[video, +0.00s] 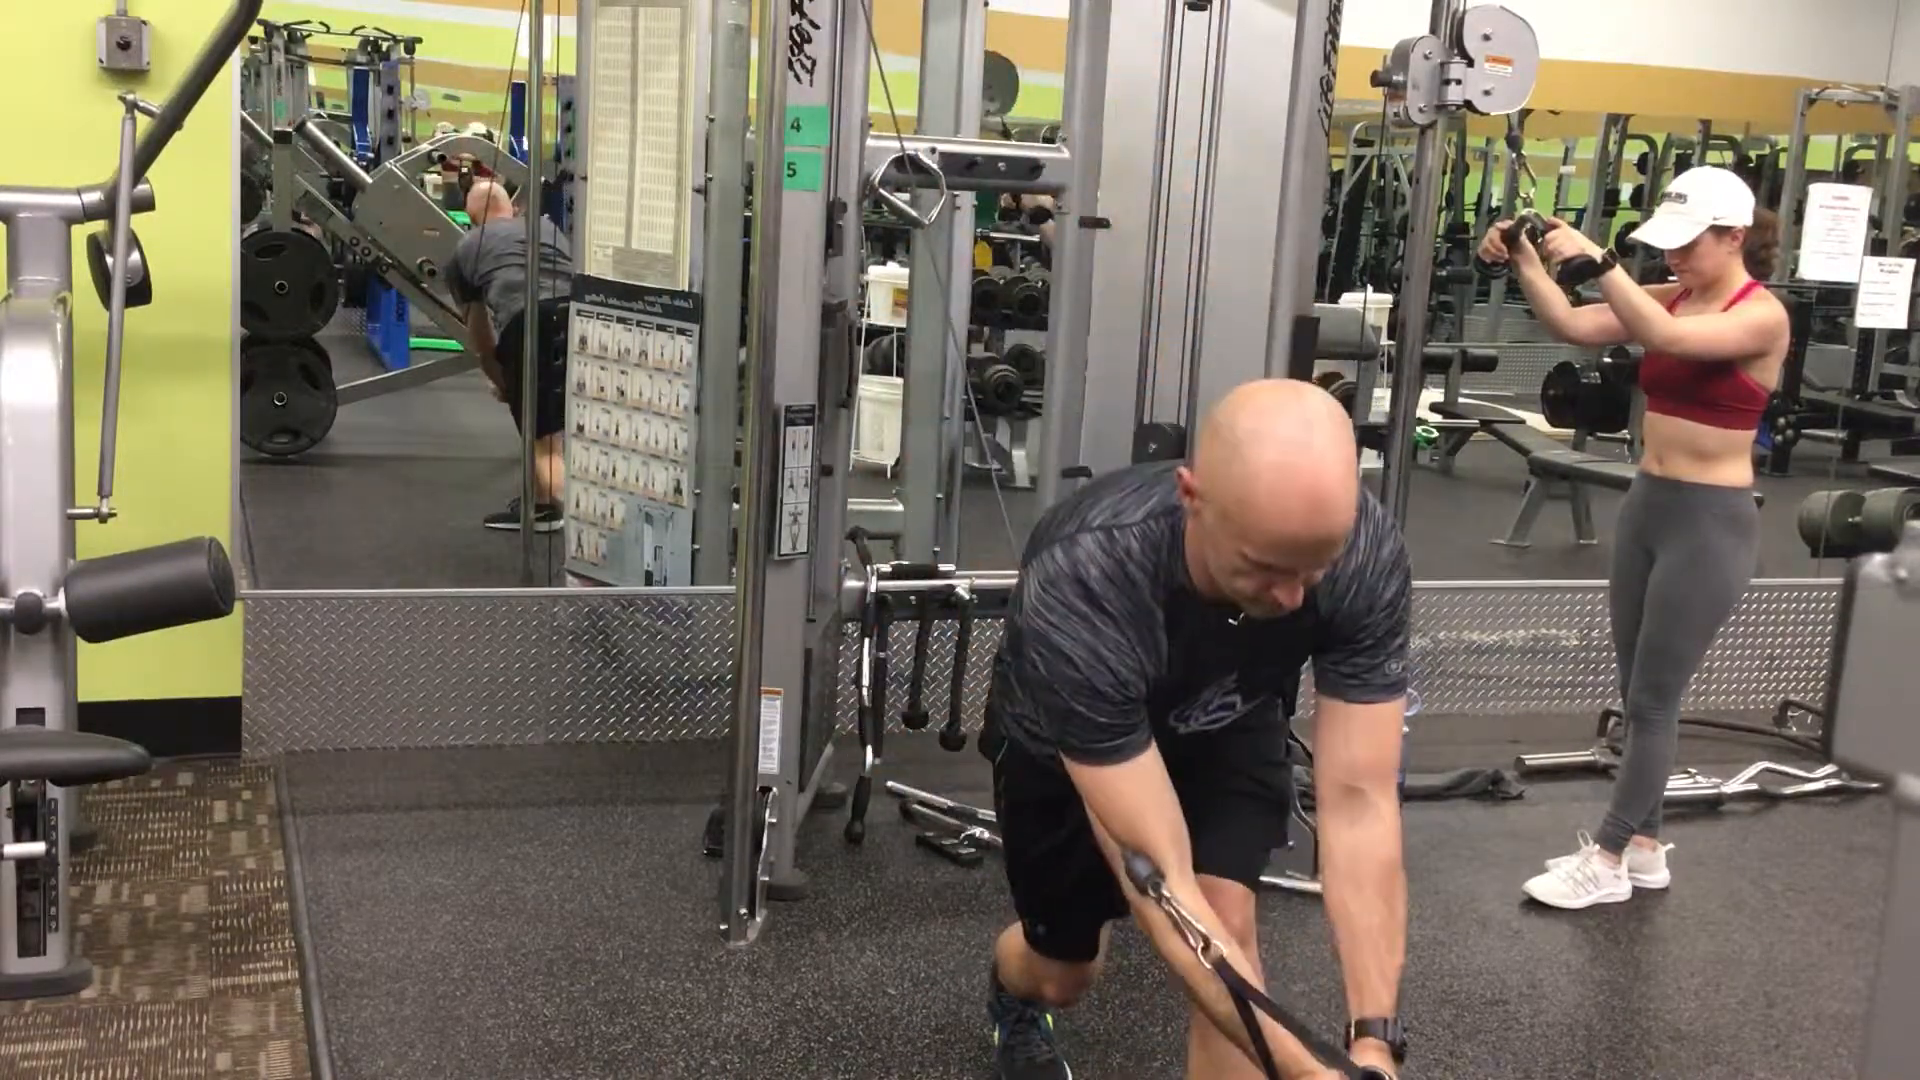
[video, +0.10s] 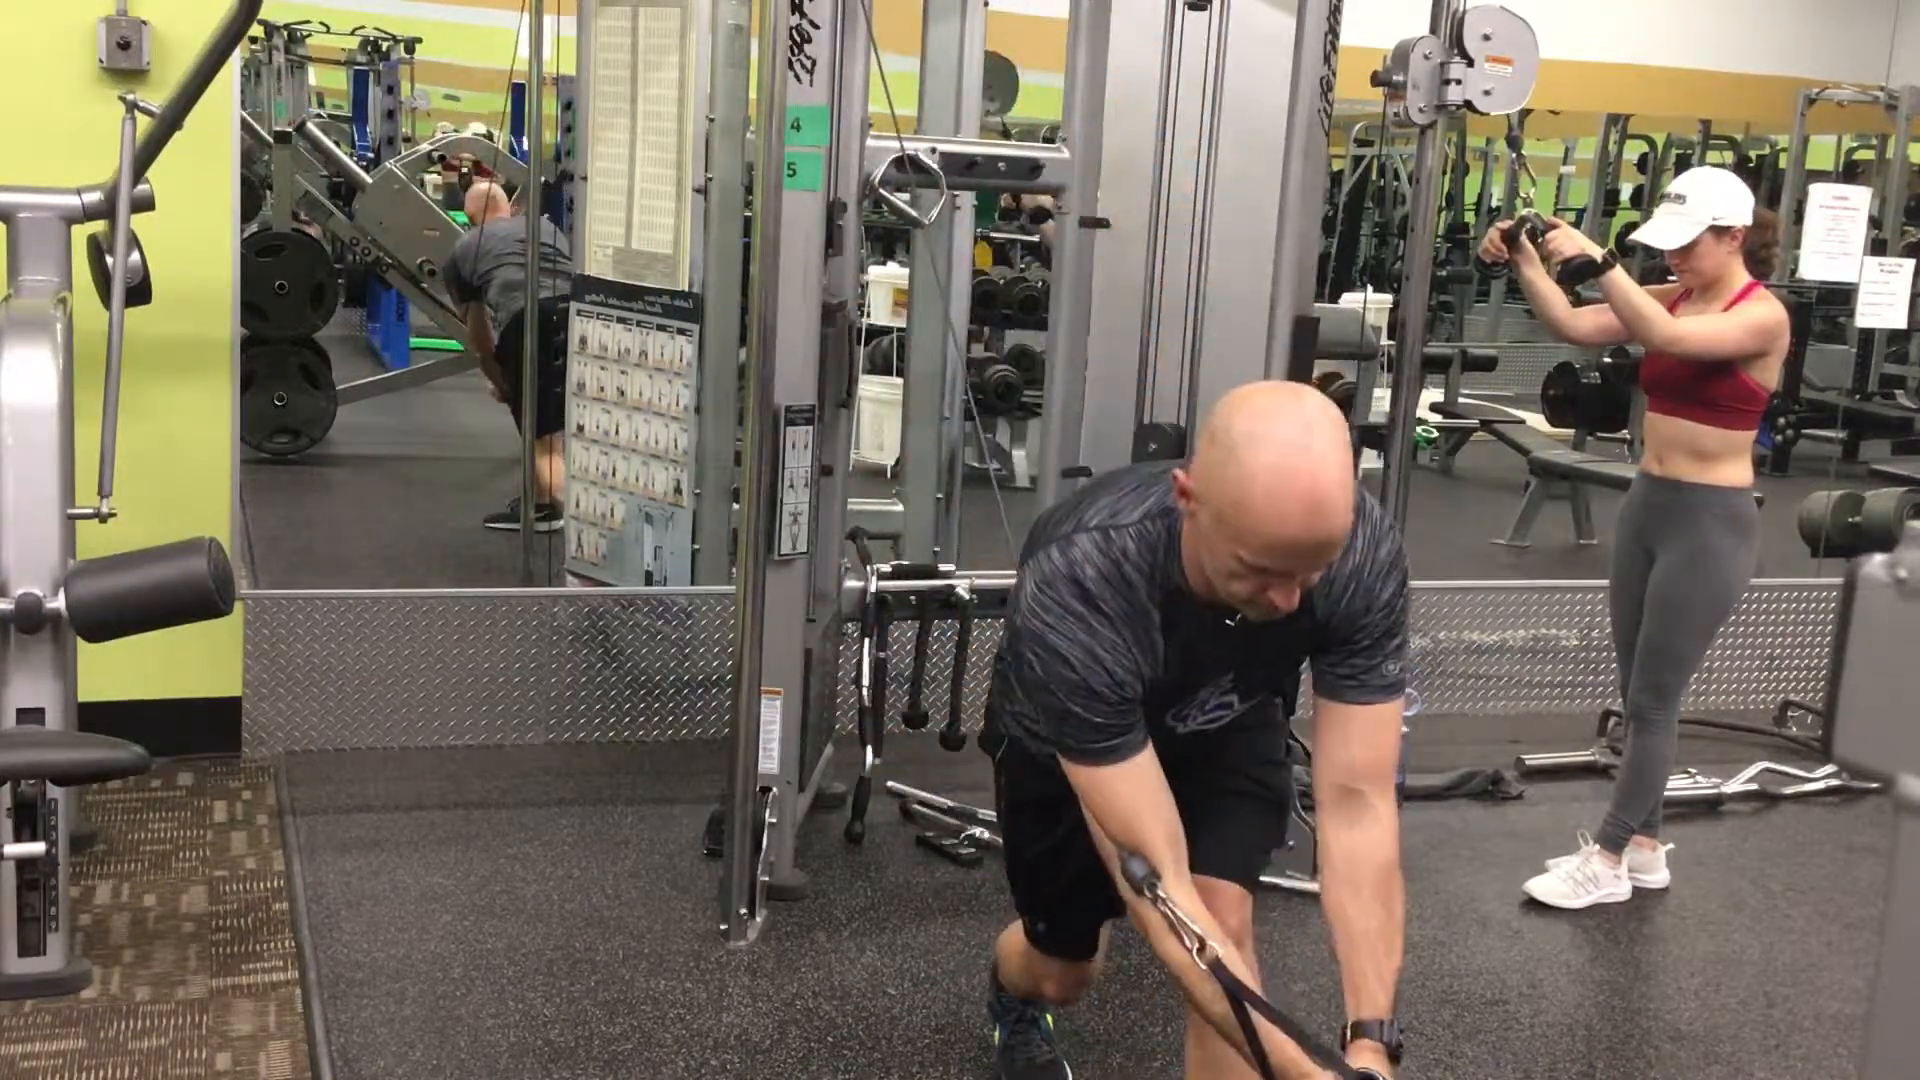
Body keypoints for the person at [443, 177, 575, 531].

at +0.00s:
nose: (470, 220)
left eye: (470, 215)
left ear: (473, 218)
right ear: (513, 208)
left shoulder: (467, 250)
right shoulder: (547, 228)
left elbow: (481, 334)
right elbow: (573, 276)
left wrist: (499, 379)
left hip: (526, 323)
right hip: (579, 313)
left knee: (544, 440)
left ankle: (578, 515)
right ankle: (541, 501)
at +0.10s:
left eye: (472, 217)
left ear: (471, 217)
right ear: (509, 207)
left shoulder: (465, 250)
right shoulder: (544, 226)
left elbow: (479, 334)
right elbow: (572, 273)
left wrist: (498, 380)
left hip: (525, 323)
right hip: (578, 314)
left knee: (543, 438)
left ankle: (575, 513)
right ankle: (541, 501)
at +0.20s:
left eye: (469, 216)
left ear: (470, 217)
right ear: (508, 207)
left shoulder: (464, 249)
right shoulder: (544, 226)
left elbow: (476, 333)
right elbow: (573, 272)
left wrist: (496, 383)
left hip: (525, 325)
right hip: (578, 315)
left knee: (543, 439)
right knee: (550, 426)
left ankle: (574, 513)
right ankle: (540, 500)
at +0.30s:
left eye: (468, 216)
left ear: (469, 218)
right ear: (508, 208)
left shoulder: (464, 250)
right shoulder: (544, 226)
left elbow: (476, 334)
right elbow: (572, 272)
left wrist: (496, 384)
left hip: (525, 325)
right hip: (578, 314)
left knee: (543, 439)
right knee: (552, 425)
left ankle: (577, 515)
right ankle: (540, 501)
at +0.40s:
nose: (468, 222)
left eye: (467, 216)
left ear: (470, 217)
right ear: (508, 207)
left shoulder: (464, 250)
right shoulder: (543, 226)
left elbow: (476, 335)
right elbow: (573, 273)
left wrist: (496, 383)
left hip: (526, 325)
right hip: (579, 315)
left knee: (543, 438)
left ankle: (577, 515)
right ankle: (540, 501)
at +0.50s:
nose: (466, 219)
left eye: (466, 213)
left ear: (469, 214)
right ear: (506, 204)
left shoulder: (464, 248)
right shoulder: (544, 225)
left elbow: (476, 337)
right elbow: (570, 275)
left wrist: (496, 383)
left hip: (529, 325)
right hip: (581, 314)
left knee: (544, 437)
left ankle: (572, 512)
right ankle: (538, 501)